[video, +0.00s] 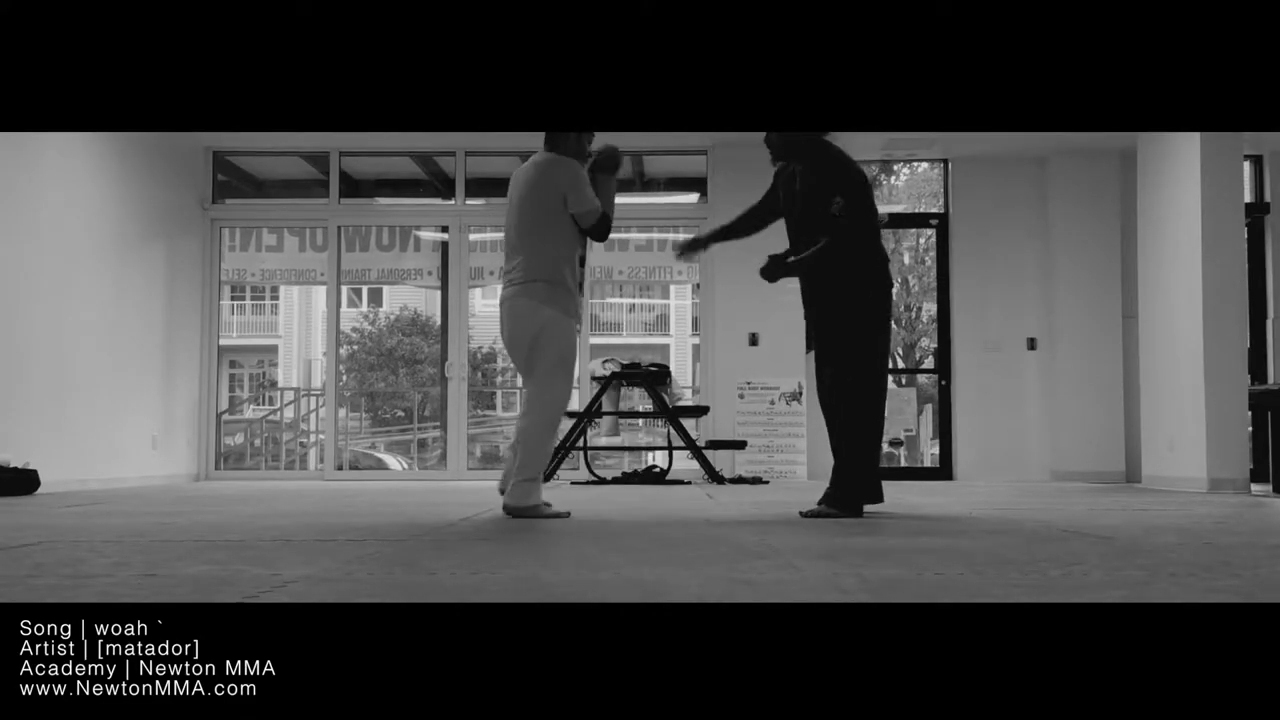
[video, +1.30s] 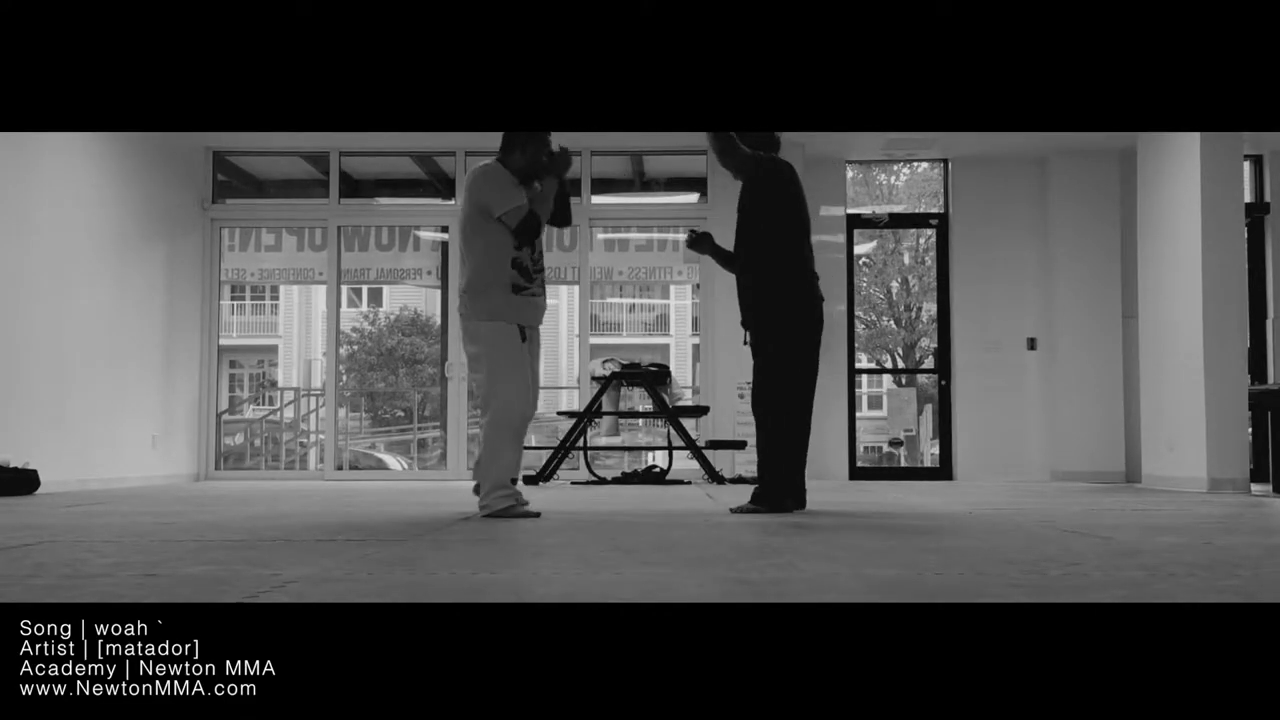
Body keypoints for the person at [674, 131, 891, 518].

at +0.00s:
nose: (767, 145)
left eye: (772, 138)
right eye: (767, 139)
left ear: (794, 137)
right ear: (787, 141)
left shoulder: (836, 169)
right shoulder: (790, 173)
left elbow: (841, 243)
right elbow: (759, 215)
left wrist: (790, 265)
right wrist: (708, 238)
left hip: (858, 298)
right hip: (827, 299)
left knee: (852, 391)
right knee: (835, 392)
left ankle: (847, 496)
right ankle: (859, 487)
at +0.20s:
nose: (762, 139)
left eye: (766, 133)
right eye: (763, 134)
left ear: (787, 134)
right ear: (786, 136)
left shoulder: (819, 169)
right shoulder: (795, 169)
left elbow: (802, 250)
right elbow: (753, 208)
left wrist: (737, 264)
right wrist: (699, 199)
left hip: (847, 307)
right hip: (824, 308)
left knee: (848, 397)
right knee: (823, 396)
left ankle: (847, 499)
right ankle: (828, 487)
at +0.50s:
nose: (753, 141)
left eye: (760, 134)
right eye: (756, 134)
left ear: (780, 138)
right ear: (790, 139)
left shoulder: (788, 182)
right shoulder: (809, 176)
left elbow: (743, 241)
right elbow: (796, 236)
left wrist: (691, 222)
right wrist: (757, 222)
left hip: (815, 314)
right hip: (808, 313)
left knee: (827, 402)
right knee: (800, 402)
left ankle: (843, 500)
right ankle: (793, 493)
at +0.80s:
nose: (737, 151)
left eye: (744, 143)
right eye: (738, 144)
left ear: (765, 145)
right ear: (773, 147)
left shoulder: (774, 180)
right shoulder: (780, 182)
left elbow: (705, 197)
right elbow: (758, 258)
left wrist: (653, 183)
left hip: (798, 312)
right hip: (795, 311)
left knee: (792, 402)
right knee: (787, 403)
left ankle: (808, 488)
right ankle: (786, 490)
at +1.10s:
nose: (734, 153)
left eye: (739, 146)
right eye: (736, 147)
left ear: (757, 145)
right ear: (774, 143)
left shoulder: (777, 173)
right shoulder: (769, 187)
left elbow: (730, 161)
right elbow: (751, 266)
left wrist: (681, 144)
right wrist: (715, 247)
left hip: (784, 312)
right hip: (779, 313)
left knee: (771, 402)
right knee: (778, 402)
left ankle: (772, 495)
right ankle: (784, 492)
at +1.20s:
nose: (735, 160)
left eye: (737, 150)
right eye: (733, 154)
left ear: (752, 146)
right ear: (773, 144)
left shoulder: (773, 174)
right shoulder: (771, 182)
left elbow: (725, 145)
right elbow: (753, 266)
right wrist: (713, 249)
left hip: (783, 312)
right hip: (781, 311)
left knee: (772, 402)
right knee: (779, 403)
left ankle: (774, 495)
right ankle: (784, 493)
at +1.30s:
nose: (730, 162)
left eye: (732, 152)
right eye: (729, 155)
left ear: (745, 146)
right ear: (766, 143)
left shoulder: (769, 174)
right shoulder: (768, 181)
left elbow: (731, 157)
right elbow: (752, 267)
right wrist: (713, 249)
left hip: (786, 311)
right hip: (782, 310)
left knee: (776, 401)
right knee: (780, 401)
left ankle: (777, 495)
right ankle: (784, 493)